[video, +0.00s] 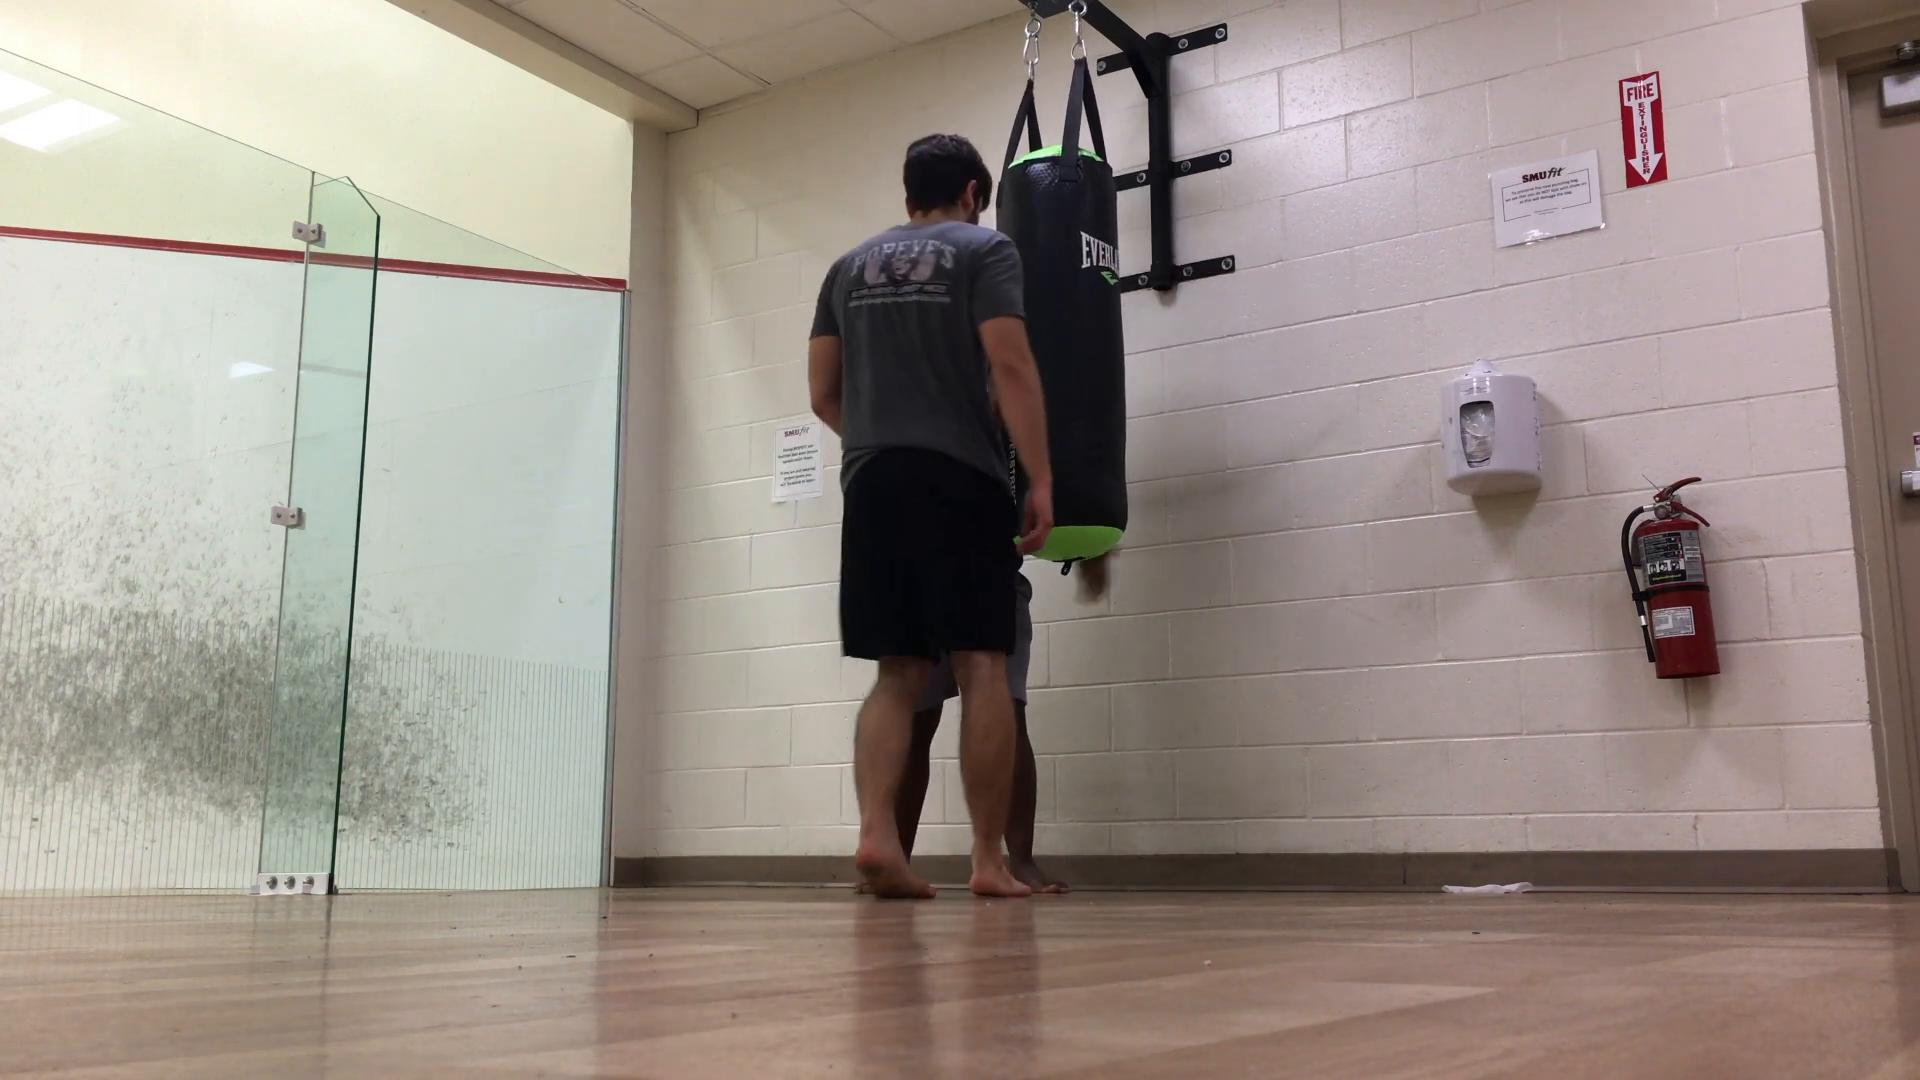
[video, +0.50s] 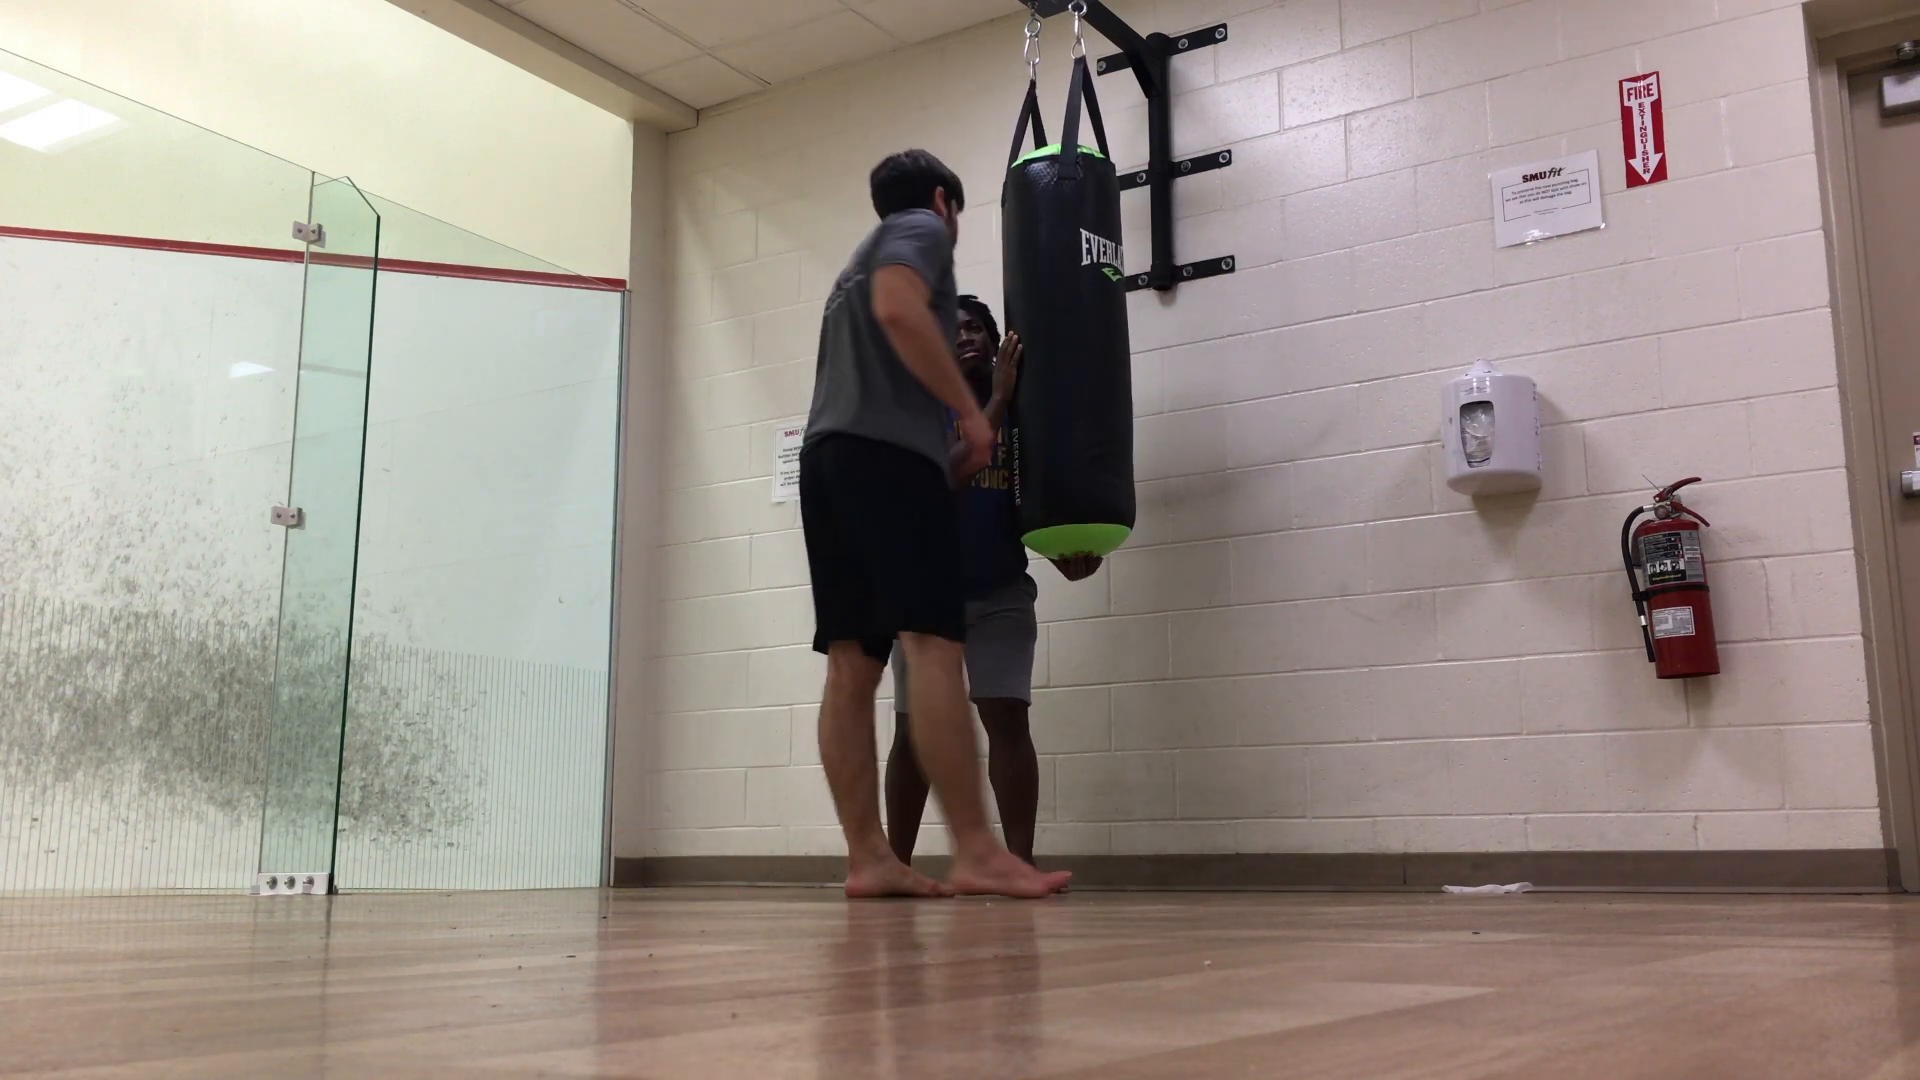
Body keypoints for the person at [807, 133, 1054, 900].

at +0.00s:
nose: (979, 209)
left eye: (974, 200)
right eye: (981, 199)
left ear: (904, 199)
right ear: (973, 195)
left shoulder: (848, 267)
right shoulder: (984, 248)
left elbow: (823, 393)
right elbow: (1009, 364)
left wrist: (885, 441)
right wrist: (1039, 477)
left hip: (874, 482)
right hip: (963, 478)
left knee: (899, 669)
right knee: (983, 670)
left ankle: (878, 839)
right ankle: (990, 860)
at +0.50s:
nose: (957, 224)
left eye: (955, 214)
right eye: (957, 212)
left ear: (884, 205)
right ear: (942, 201)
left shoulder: (857, 266)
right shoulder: (922, 224)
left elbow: (863, 395)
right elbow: (897, 306)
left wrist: (943, 447)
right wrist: (968, 408)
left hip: (830, 465)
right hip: (890, 462)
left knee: (851, 663)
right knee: (935, 650)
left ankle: (871, 860)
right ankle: (980, 852)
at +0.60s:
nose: (945, 214)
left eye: (946, 201)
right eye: (945, 198)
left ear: (879, 189)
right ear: (927, 186)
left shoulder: (860, 243)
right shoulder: (893, 226)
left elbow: (856, 388)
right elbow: (857, 306)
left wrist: (932, 449)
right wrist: (945, 395)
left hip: (845, 465)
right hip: (869, 461)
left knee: (853, 657)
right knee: (893, 629)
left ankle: (870, 854)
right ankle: (894, 826)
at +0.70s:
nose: (933, 197)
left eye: (932, 183)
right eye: (931, 182)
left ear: (865, 172)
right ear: (914, 171)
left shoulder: (878, 253)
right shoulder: (856, 219)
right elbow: (828, 308)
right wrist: (940, 368)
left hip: (876, 463)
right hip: (846, 450)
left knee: (863, 665)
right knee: (847, 589)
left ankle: (871, 857)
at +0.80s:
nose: (914, 184)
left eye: (914, 169)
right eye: (914, 167)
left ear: (863, 158)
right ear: (895, 156)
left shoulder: (863, 243)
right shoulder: (823, 207)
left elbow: (849, 336)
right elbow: (799, 303)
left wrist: (929, 334)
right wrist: (917, 334)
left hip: (864, 461)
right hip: (820, 443)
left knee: (860, 662)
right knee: (788, 590)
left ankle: (872, 858)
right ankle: (675, 786)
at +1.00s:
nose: (891, 175)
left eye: (892, 162)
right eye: (890, 158)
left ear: (838, 145)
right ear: (867, 141)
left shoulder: (840, 242)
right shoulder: (786, 176)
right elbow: (751, 274)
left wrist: (861, 336)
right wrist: (866, 321)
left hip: (826, 466)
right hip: (760, 447)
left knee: (864, 642)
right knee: (713, 626)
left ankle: (882, 840)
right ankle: (610, 834)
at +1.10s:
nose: (886, 137)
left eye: (885, 123)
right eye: (884, 119)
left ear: (840, 111)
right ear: (863, 106)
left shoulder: (849, 222)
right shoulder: (780, 143)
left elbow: (824, 356)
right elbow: (753, 249)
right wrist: (856, 343)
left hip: (826, 430)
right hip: (765, 407)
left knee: (870, 613)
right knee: (746, 586)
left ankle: (873, 818)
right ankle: (639, 807)